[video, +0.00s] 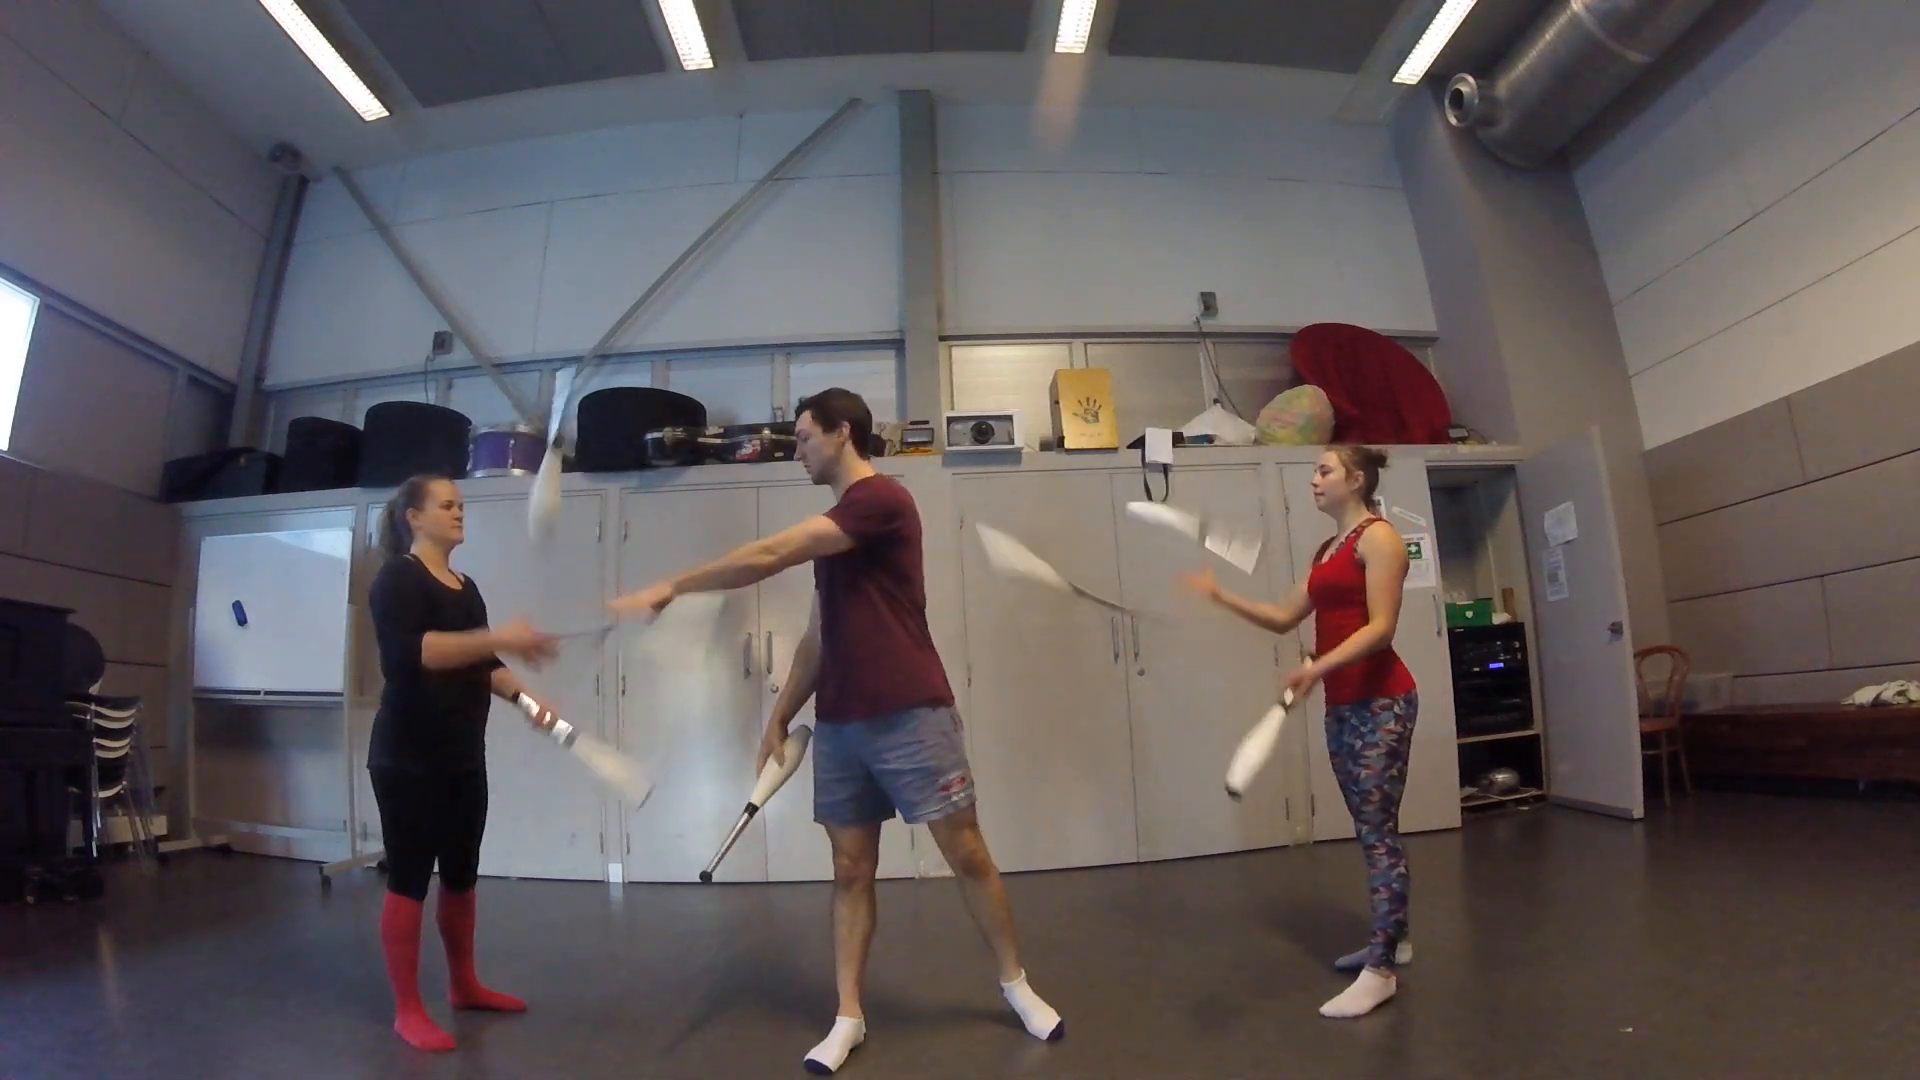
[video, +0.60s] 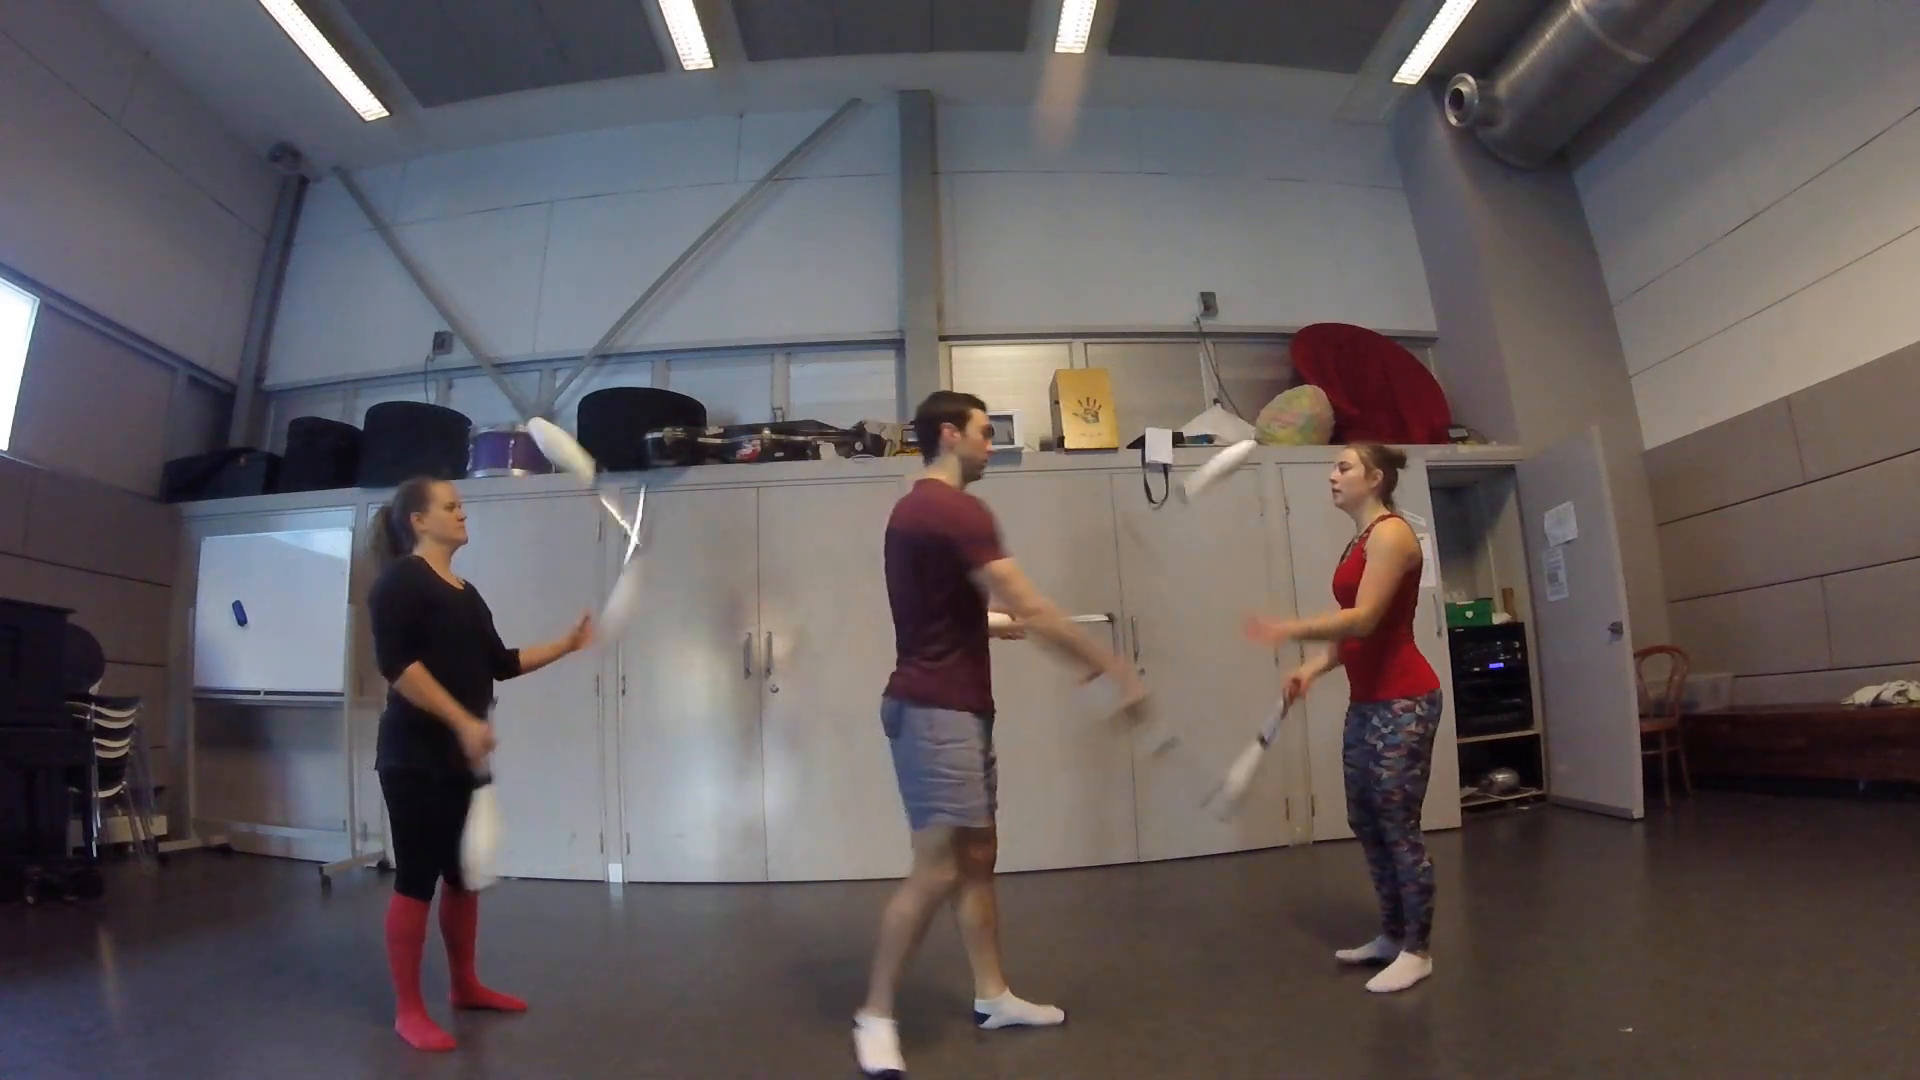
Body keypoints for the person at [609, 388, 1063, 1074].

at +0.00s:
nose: (798, 452)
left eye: (804, 439)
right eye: (797, 441)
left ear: (842, 434)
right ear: (839, 436)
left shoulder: (883, 499)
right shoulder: (838, 521)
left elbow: (772, 554)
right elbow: (821, 635)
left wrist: (671, 586)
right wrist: (781, 716)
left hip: (912, 710)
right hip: (841, 720)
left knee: (969, 855)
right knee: (851, 870)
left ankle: (1015, 982)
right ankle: (849, 1015)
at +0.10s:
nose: (815, 447)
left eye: (826, 434)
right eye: (811, 438)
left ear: (870, 435)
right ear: (819, 449)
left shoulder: (901, 493)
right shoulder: (827, 531)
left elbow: (815, 553)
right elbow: (810, 641)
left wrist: (711, 587)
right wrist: (775, 731)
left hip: (921, 710)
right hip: (845, 721)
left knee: (973, 859)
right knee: (853, 871)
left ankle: (1008, 986)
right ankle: (849, 1018)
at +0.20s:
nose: (876, 443)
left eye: (885, 432)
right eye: (862, 432)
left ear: (898, 440)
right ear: (833, 443)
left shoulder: (918, 498)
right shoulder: (814, 537)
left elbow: (910, 570)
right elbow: (797, 640)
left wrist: (807, 598)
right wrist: (779, 732)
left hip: (937, 711)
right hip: (857, 721)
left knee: (979, 860)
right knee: (856, 871)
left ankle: (996, 995)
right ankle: (848, 1017)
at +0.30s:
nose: (924, 445)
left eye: (925, 435)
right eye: (912, 433)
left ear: (913, 446)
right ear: (870, 440)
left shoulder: (936, 509)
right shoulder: (830, 532)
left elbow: (987, 586)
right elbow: (813, 637)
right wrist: (824, 736)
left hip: (953, 719)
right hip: (874, 726)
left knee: (981, 859)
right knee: (861, 872)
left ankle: (991, 998)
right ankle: (848, 1019)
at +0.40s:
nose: (952, 444)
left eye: (952, 433)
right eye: (942, 433)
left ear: (921, 439)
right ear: (902, 436)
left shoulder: (943, 515)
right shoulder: (868, 523)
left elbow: (993, 587)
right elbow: (884, 636)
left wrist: (1030, 606)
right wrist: (926, 732)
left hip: (960, 710)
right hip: (888, 716)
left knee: (982, 854)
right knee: (874, 871)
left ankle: (992, 997)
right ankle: (849, 1016)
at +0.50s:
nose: (974, 445)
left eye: (973, 434)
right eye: (966, 433)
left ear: (932, 435)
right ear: (928, 435)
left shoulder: (934, 513)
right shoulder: (907, 514)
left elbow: (957, 604)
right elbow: (959, 629)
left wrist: (1018, 613)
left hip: (966, 710)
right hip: (915, 715)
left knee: (977, 858)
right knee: (904, 869)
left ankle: (991, 999)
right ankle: (852, 1010)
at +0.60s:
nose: (991, 444)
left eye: (989, 432)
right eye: (984, 431)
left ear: (941, 435)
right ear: (949, 434)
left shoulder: (914, 509)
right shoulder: (958, 511)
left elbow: (935, 612)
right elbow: (1028, 608)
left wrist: (998, 625)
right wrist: (1111, 664)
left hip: (949, 704)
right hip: (937, 709)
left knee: (976, 858)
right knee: (936, 866)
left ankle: (993, 999)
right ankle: (875, 1014)